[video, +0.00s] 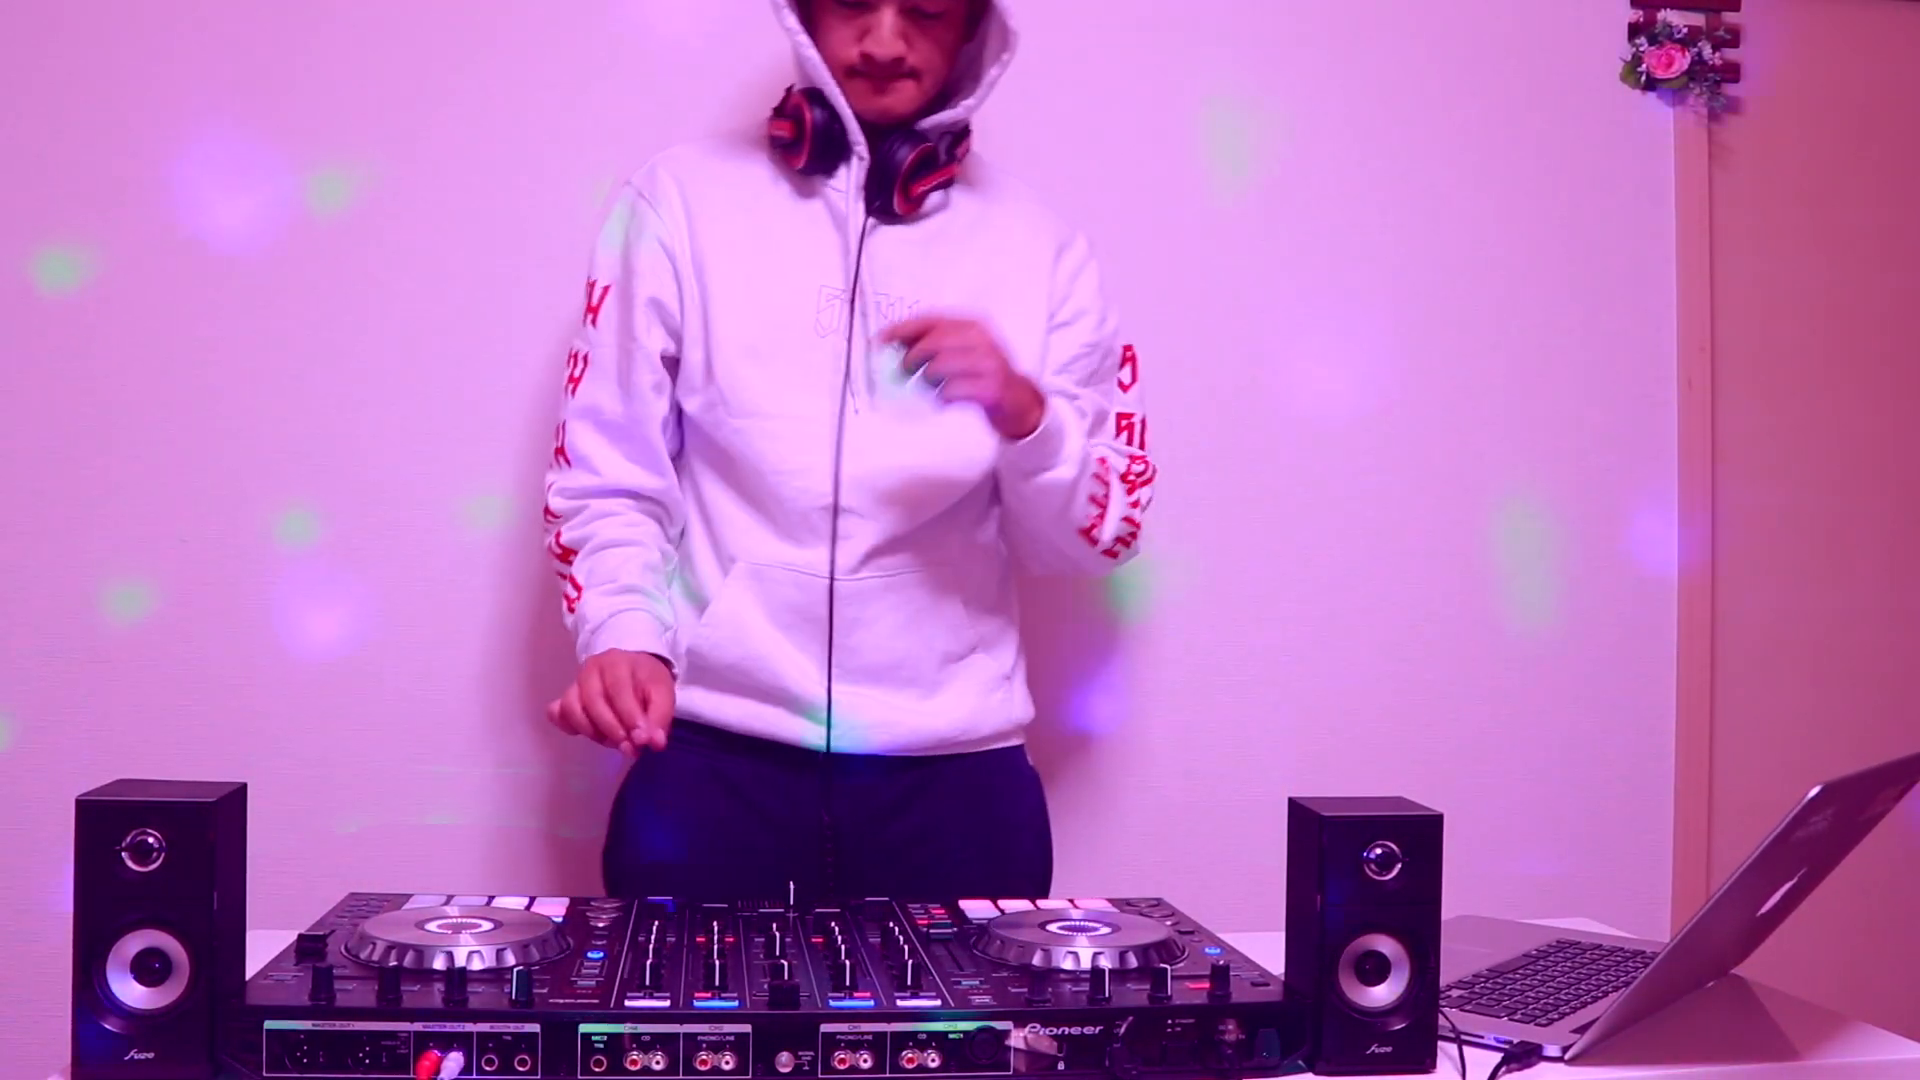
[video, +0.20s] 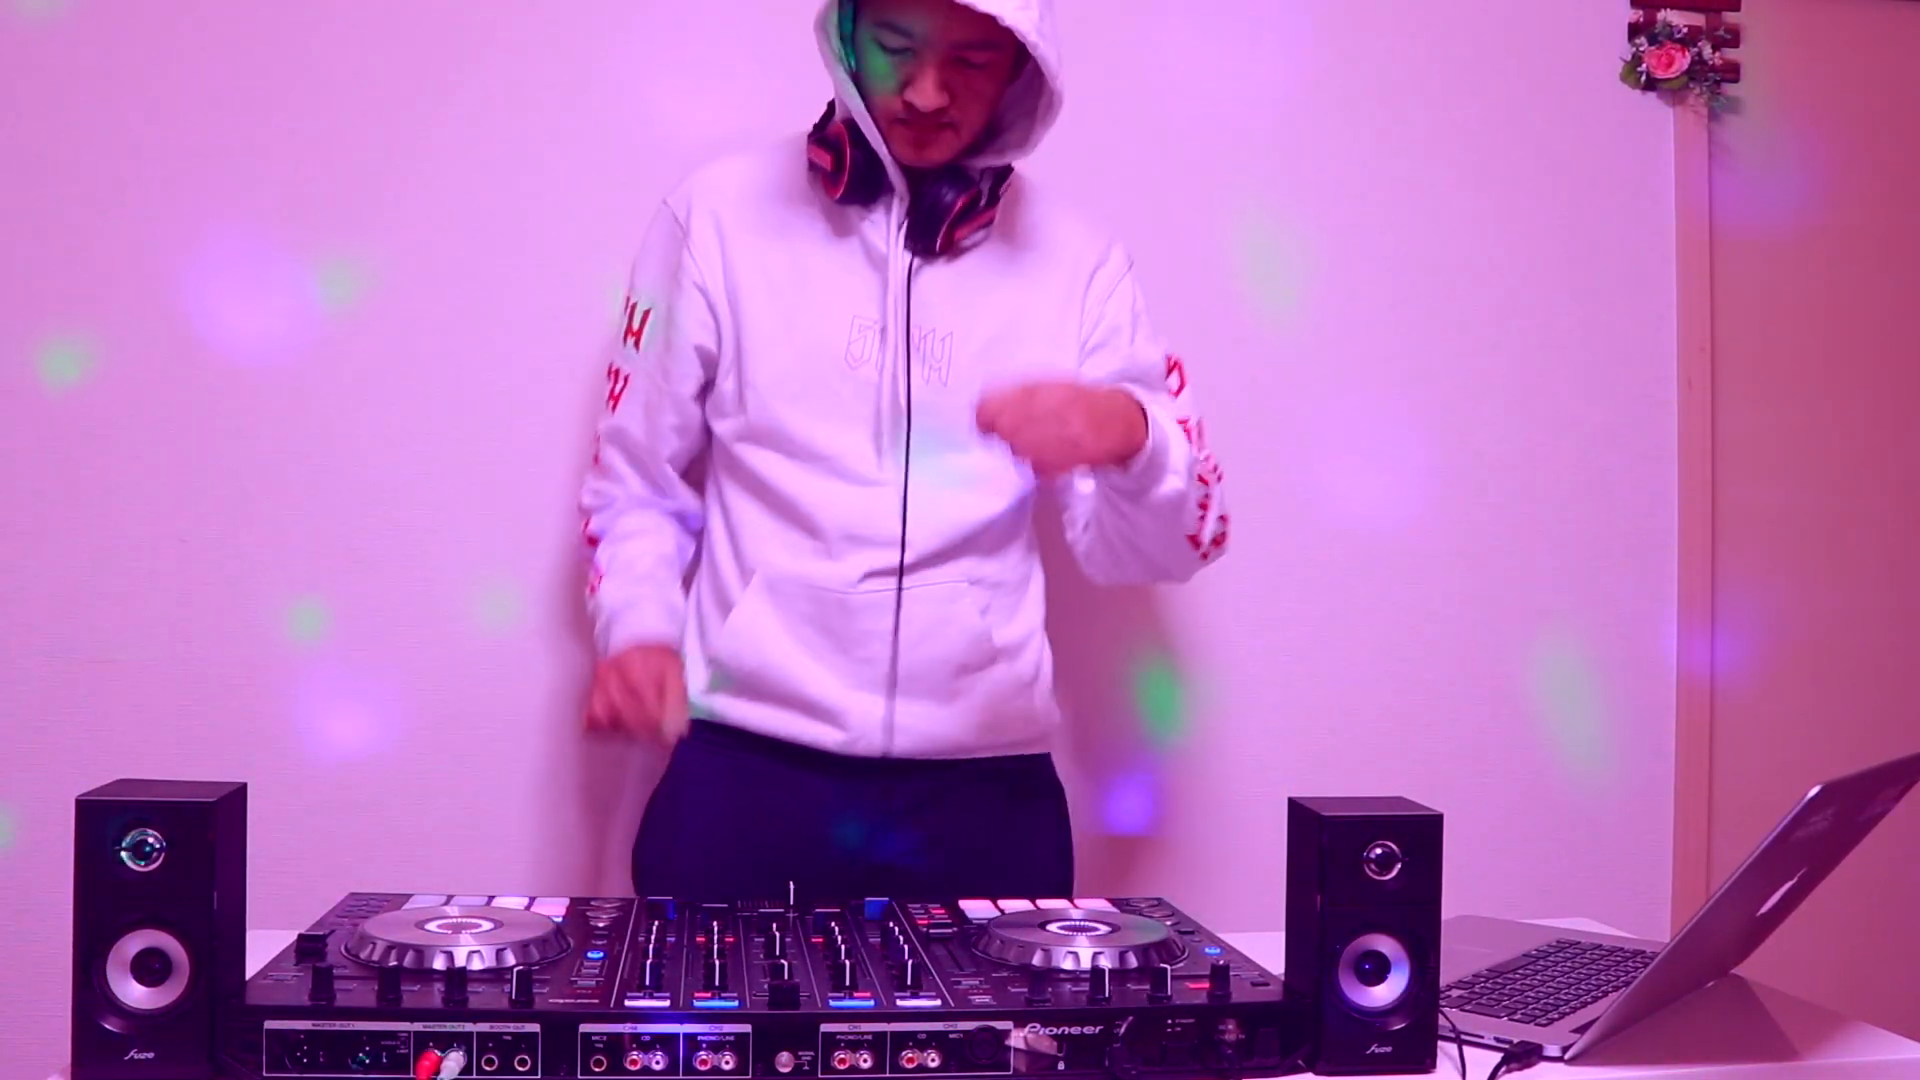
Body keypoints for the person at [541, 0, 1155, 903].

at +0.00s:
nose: (883, 43)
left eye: (924, 12)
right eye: (851, 5)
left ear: (971, 31)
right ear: (803, 14)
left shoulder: (1038, 249)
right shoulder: (681, 205)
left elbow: (1100, 534)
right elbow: (608, 476)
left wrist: (1023, 412)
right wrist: (623, 635)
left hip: (956, 784)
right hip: (715, 772)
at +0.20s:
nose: (926, 94)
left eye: (970, 60)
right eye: (894, 46)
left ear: (1018, 72)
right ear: (845, 34)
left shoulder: (1073, 261)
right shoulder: (724, 215)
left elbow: (1169, 548)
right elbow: (637, 469)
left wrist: (1130, 431)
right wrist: (640, 630)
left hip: (986, 795)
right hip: (749, 779)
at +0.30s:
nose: (920, 71)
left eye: (962, 37)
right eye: (885, 31)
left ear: (1009, 40)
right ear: (840, 29)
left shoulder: (1089, 245)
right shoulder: (726, 215)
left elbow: (1222, 454)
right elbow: (661, 441)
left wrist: (1118, 507)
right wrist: (650, 517)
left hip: (990, 799)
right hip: (756, 787)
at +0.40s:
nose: (893, 70)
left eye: (935, 35)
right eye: (859, 33)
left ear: (989, 44)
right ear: (819, 41)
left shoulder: (1092, 246)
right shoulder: (740, 233)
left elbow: (1243, 458)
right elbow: (659, 519)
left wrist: (1088, 630)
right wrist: (642, 438)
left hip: (987, 800)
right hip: (755, 789)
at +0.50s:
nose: (859, 59)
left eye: (896, 24)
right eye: (824, 22)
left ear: (952, 28)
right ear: (786, 31)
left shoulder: (1077, 215)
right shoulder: (727, 221)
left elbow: (1207, 477)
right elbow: (628, 491)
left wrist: (1109, 713)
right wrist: (671, 335)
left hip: (975, 783)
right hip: (743, 763)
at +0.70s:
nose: (810, 60)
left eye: (853, 22)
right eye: (777, 21)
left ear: (906, 34)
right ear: (735, 33)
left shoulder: (998, 250)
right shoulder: (641, 232)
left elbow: (1088, 546)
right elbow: (547, 477)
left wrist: (1117, 824)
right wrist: (728, 355)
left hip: (924, 808)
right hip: (680, 805)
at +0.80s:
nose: (798, 58)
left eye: (839, 24)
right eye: (764, 17)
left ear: (881, 37)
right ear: (712, 21)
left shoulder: (938, 242)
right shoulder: (590, 209)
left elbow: (997, 543)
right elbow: (509, 464)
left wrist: (1048, 799)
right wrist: (734, 414)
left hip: (889, 800)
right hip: (649, 793)